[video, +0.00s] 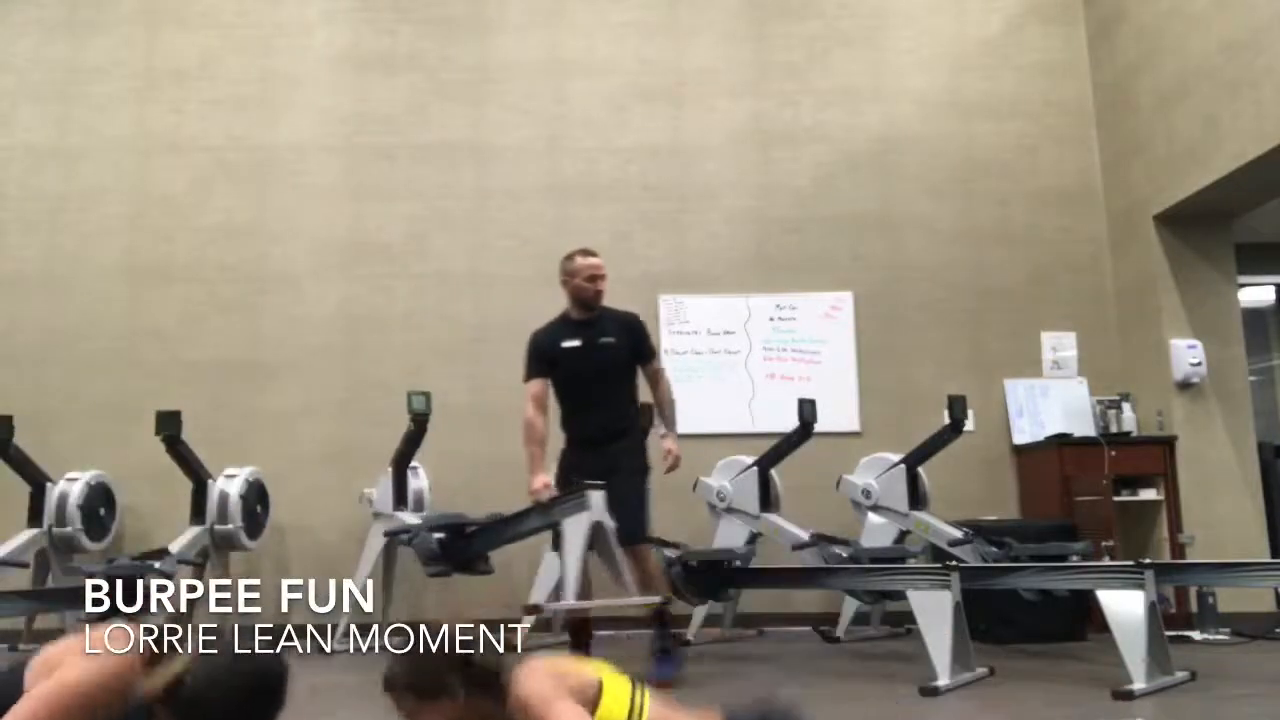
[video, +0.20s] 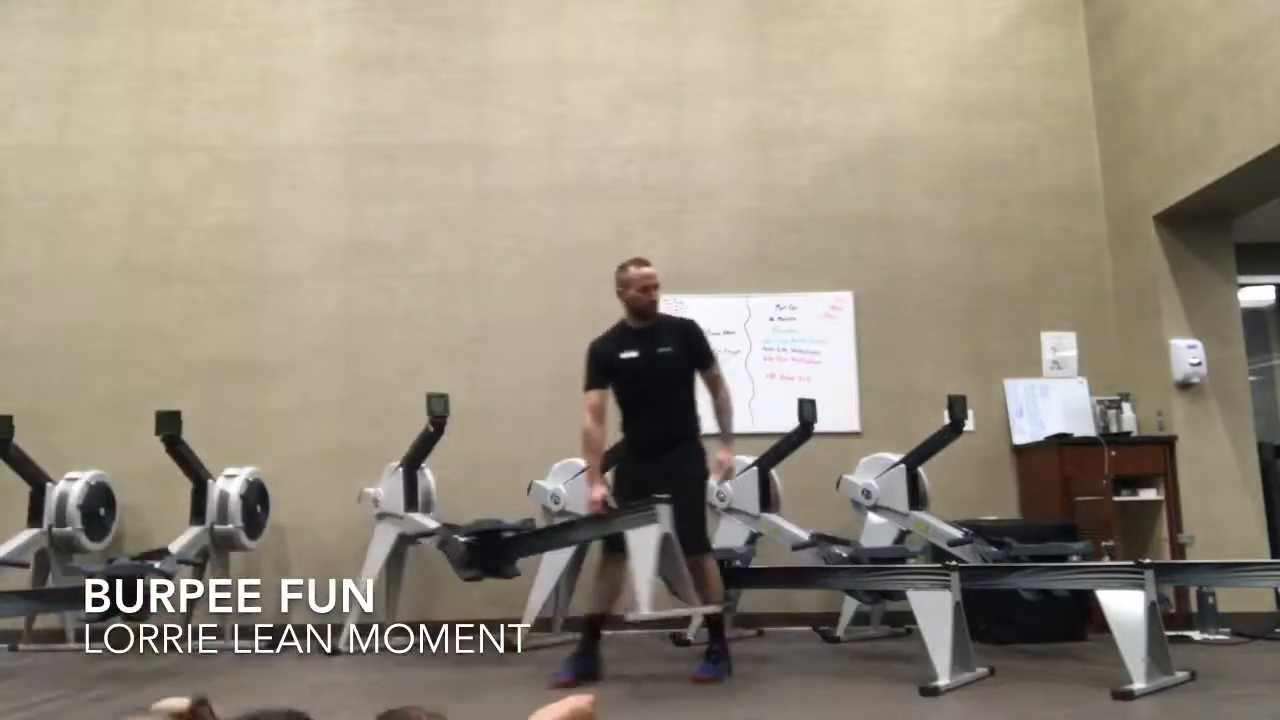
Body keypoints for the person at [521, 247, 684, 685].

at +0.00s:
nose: (599, 285)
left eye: (602, 278)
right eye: (590, 279)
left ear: (606, 280)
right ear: (566, 283)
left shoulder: (629, 327)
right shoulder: (545, 340)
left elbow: (657, 380)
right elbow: (536, 408)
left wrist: (670, 432)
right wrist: (537, 472)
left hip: (626, 450)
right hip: (579, 452)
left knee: (635, 543)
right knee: (570, 550)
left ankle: (665, 639)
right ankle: (580, 651)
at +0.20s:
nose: (652, 294)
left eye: (655, 287)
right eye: (643, 289)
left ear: (660, 288)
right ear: (621, 294)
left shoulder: (685, 333)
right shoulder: (605, 348)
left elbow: (717, 388)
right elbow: (593, 418)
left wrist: (726, 447)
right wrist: (594, 480)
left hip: (684, 457)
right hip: (634, 460)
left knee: (696, 552)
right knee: (611, 554)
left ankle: (718, 647)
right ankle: (587, 651)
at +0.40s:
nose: (662, 306)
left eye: (666, 297)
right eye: (653, 301)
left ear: (673, 296)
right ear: (635, 305)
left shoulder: (706, 332)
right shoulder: (626, 358)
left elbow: (746, 379)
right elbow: (624, 428)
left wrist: (768, 436)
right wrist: (634, 495)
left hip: (711, 454)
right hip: (665, 458)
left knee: (715, 548)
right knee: (663, 550)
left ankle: (719, 643)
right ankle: (681, 642)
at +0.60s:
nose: (656, 333)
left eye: (658, 323)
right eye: (645, 329)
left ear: (664, 318)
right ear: (630, 334)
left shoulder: (707, 344)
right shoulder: (633, 384)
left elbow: (750, 381)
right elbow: (642, 453)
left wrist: (771, 439)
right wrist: (660, 520)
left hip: (726, 455)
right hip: (681, 461)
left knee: (728, 545)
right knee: (673, 548)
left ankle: (742, 630)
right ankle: (702, 626)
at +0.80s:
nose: (648, 352)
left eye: (650, 342)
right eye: (637, 349)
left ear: (659, 334)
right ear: (626, 354)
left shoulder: (704, 354)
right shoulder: (634, 403)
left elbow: (751, 384)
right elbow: (653, 468)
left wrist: (767, 440)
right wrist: (671, 529)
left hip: (730, 477)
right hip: (682, 489)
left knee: (727, 560)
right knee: (685, 564)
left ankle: (730, 650)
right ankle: (701, 643)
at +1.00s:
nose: (648, 347)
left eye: (650, 336)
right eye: (638, 344)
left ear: (659, 329)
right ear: (628, 349)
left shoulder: (705, 351)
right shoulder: (636, 396)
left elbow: (750, 382)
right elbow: (645, 457)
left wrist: (771, 441)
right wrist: (650, 507)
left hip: (731, 461)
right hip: (686, 470)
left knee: (723, 552)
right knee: (687, 554)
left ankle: (725, 647)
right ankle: (700, 643)